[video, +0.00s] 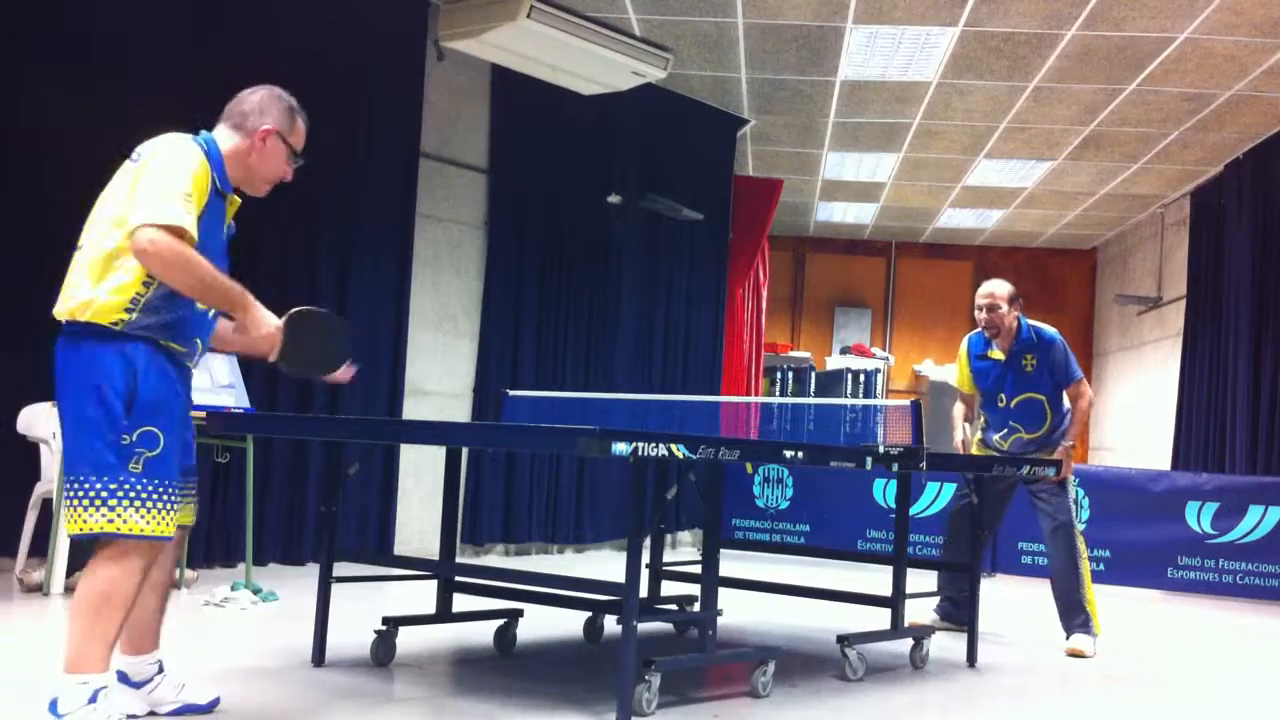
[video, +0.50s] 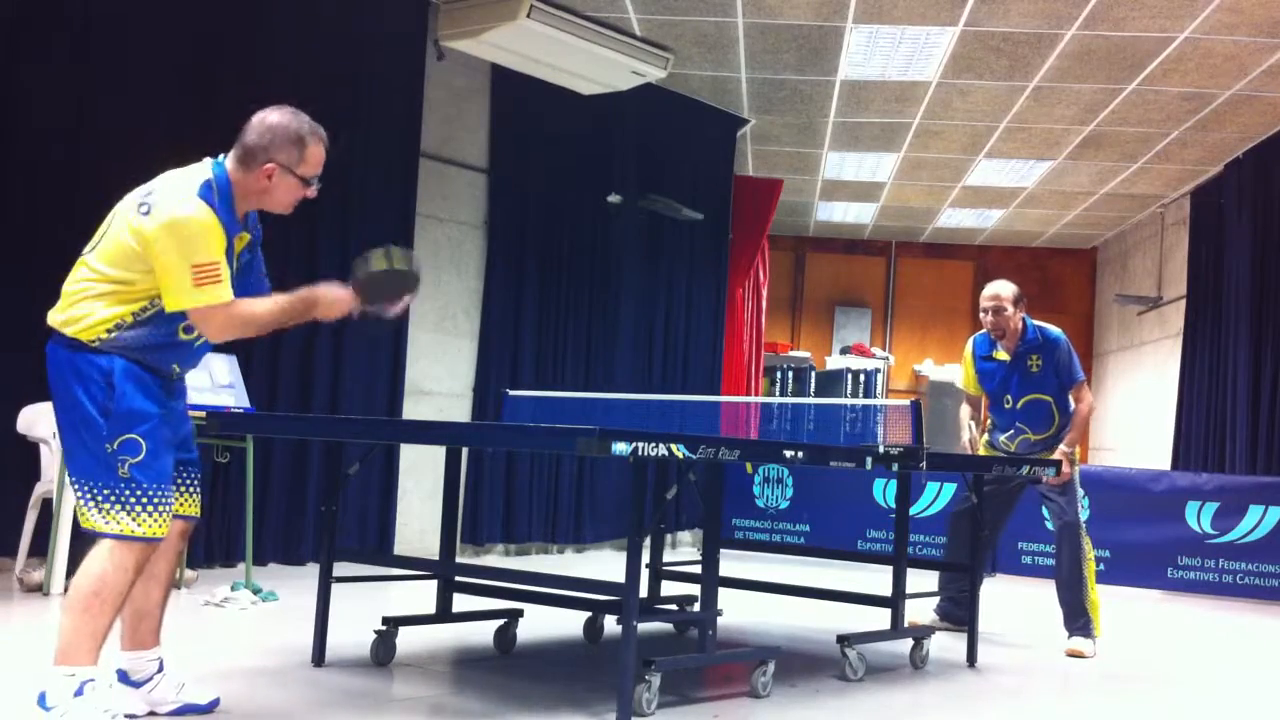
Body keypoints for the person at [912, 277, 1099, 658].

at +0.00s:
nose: (985, 317)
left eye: (993, 309)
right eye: (979, 310)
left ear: (1015, 310)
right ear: (974, 313)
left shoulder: (1047, 341)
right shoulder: (971, 346)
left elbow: (1082, 395)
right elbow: (965, 399)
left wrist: (1067, 445)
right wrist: (960, 428)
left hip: (1044, 452)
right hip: (992, 452)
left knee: (1062, 532)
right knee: (962, 520)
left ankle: (1080, 630)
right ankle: (954, 612)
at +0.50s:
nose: (989, 319)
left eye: (997, 311)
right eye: (984, 312)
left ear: (1018, 311)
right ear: (980, 314)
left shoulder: (1052, 341)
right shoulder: (977, 347)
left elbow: (1084, 400)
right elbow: (971, 402)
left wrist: (1066, 449)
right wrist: (966, 431)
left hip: (1051, 452)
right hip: (999, 452)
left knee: (1069, 527)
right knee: (965, 517)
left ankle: (1081, 632)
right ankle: (954, 612)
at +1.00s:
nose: (973, 313)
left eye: (980, 305)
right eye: (967, 307)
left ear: (1003, 304)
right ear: (964, 310)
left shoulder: (1037, 336)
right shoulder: (970, 345)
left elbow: (1077, 397)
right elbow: (970, 400)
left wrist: (1054, 445)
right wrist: (957, 430)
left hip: (1040, 453)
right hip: (993, 453)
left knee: (1057, 533)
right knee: (958, 522)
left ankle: (1080, 632)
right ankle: (955, 614)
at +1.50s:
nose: (944, 352)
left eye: (947, 343)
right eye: (941, 345)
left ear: (970, 336)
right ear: (972, 337)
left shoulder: (989, 356)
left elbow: (1004, 364)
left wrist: (1010, 366)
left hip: (1044, 462)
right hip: (1014, 463)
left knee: (1018, 538)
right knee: (965, 518)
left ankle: (1074, 639)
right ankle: (954, 615)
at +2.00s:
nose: (1018, 297)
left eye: (1025, 290)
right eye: (1016, 290)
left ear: (1054, 292)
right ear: (1019, 292)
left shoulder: (1082, 335)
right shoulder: (1013, 321)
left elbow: (1111, 395)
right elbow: (971, 347)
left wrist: (1100, 447)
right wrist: (952, 313)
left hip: (1061, 454)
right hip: (1011, 449)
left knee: (1068, 536)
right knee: (987, 525)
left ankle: (1097, 633)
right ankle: (964, 606)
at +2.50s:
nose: (999, 316)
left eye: (1006, 308)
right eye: (994, 310)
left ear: (1030, 305)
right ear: (992, 312)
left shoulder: (1053, 337)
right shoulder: (1014, 344)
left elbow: (1090, 387)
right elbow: (1022, 393)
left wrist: (1100, 446)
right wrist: (983, 414)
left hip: (1063, 456)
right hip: (1030, 456)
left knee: (1069, 535)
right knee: (993, 512)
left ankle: (1125, 618)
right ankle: (1004, 603)